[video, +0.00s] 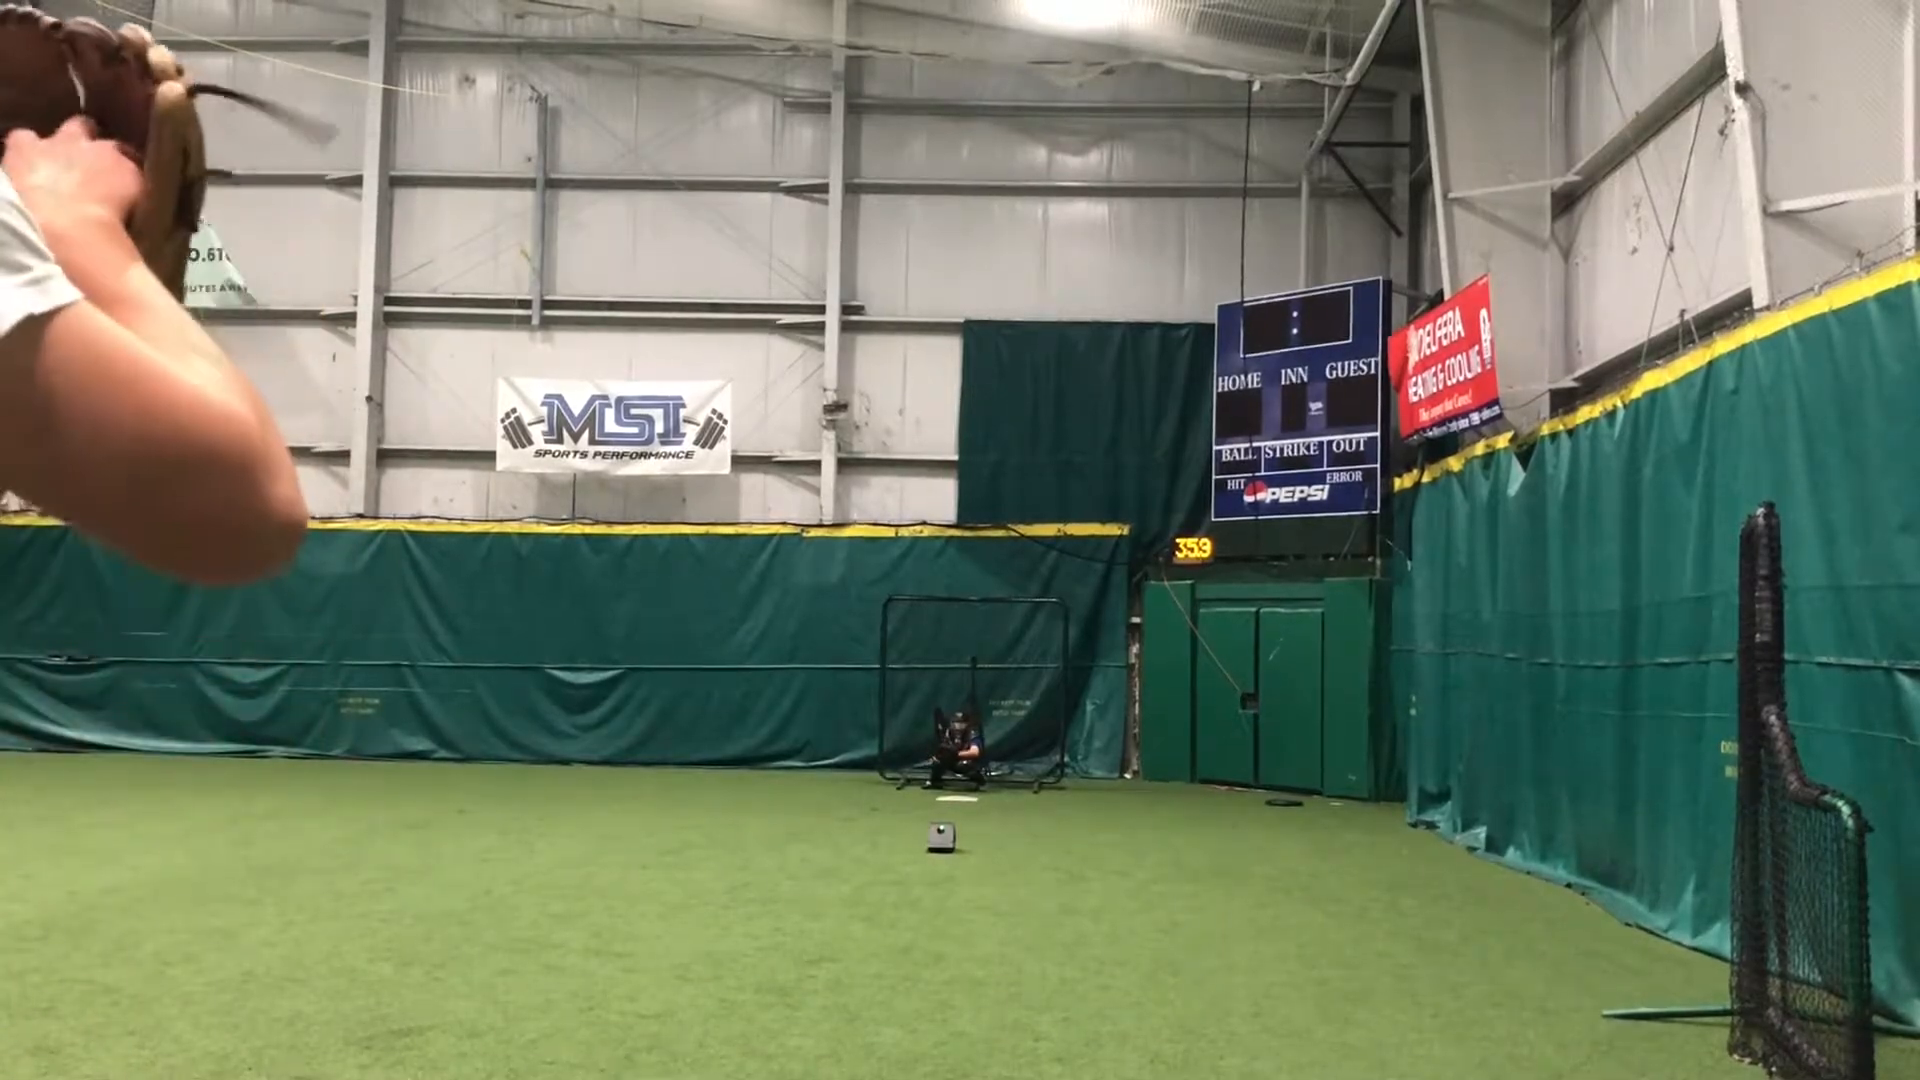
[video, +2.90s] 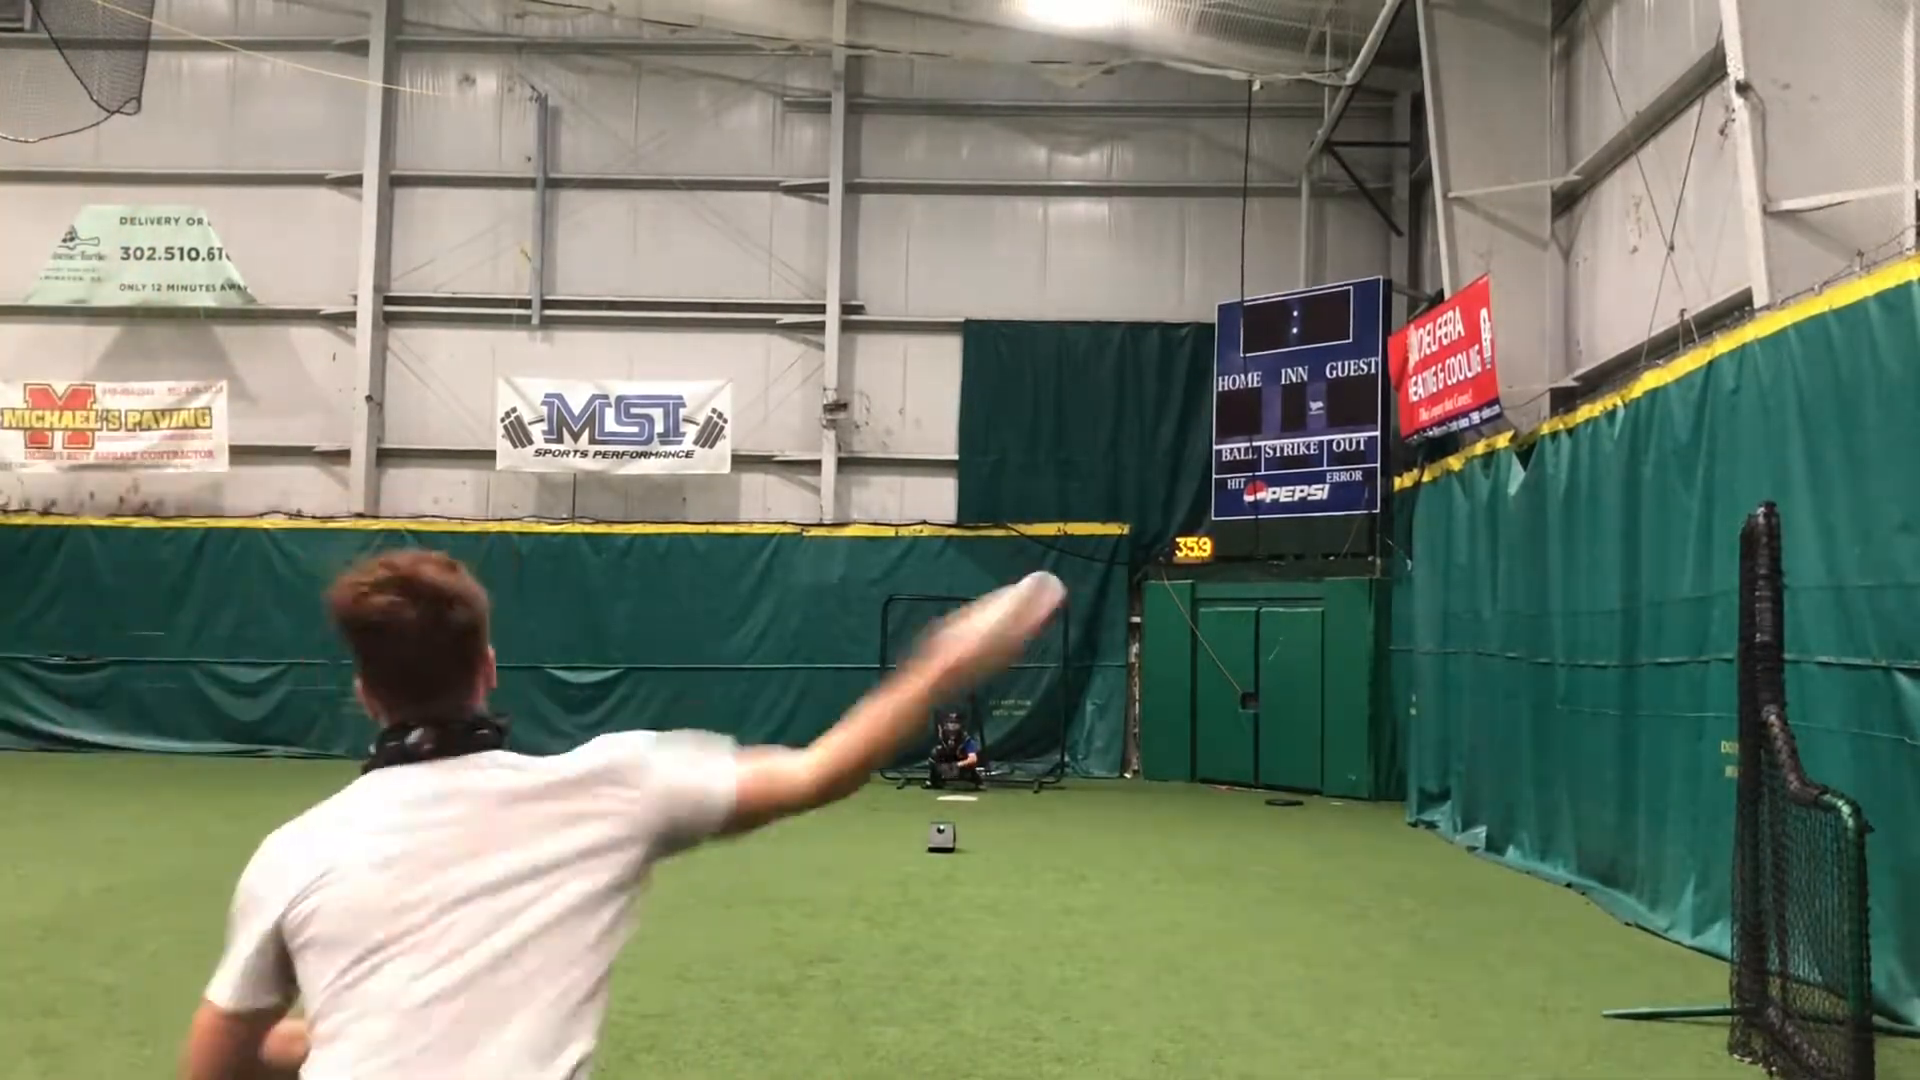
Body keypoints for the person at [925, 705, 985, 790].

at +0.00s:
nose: (957, 727)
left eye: (960, 723)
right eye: (954, 723)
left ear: (966, 724)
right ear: (951, 724)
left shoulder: (972, 735)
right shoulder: (948, 733)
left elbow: (974, 752)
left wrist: (955, 754)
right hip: (948, 759)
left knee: (964, 766)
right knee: (937, 765)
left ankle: (980, 781)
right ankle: (935, 781)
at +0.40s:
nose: (958, 726)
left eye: (961, 723)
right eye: (955, 722)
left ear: (966, 724)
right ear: (951, 724)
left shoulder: (971, 736)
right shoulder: (947, 734)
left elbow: (976, 755)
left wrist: (962, 759)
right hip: (950, 759)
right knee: (937, 763)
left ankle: (980, 782)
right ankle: (935, 781)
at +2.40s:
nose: (954, 728)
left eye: (957, 725)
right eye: (951, 725)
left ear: (963, 727)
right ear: (947, 727)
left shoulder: (970, 743)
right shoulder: (945, 742)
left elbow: (975, 759)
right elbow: (936, 754)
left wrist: (958, 759)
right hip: (947, 766)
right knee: (935, 763)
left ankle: (979, 782)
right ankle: (935, 781)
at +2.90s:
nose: (952, 725)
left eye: (955, 722)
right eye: (949, 722)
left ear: (961, 725)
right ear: (944, 725)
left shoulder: (967, 741)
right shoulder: (941, 742)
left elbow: (973, 759)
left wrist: (957, 765)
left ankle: (978, 782)